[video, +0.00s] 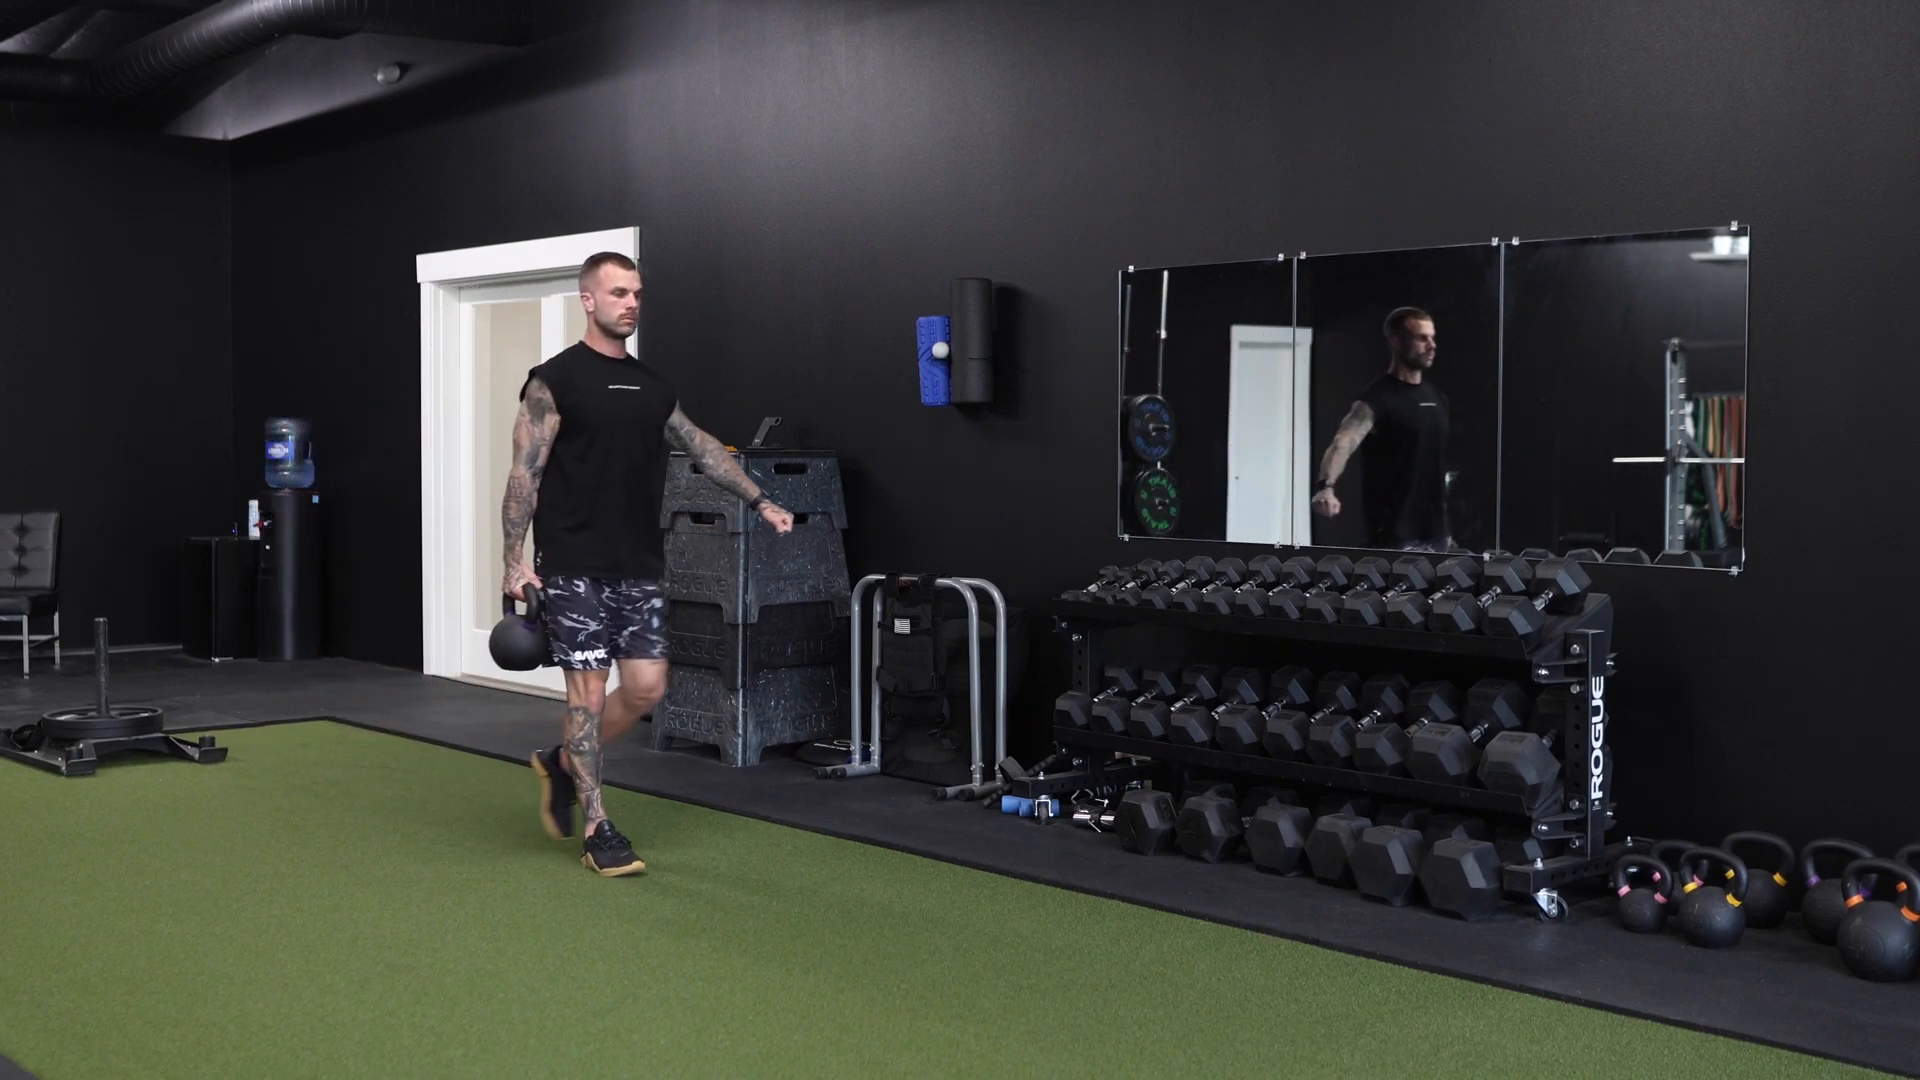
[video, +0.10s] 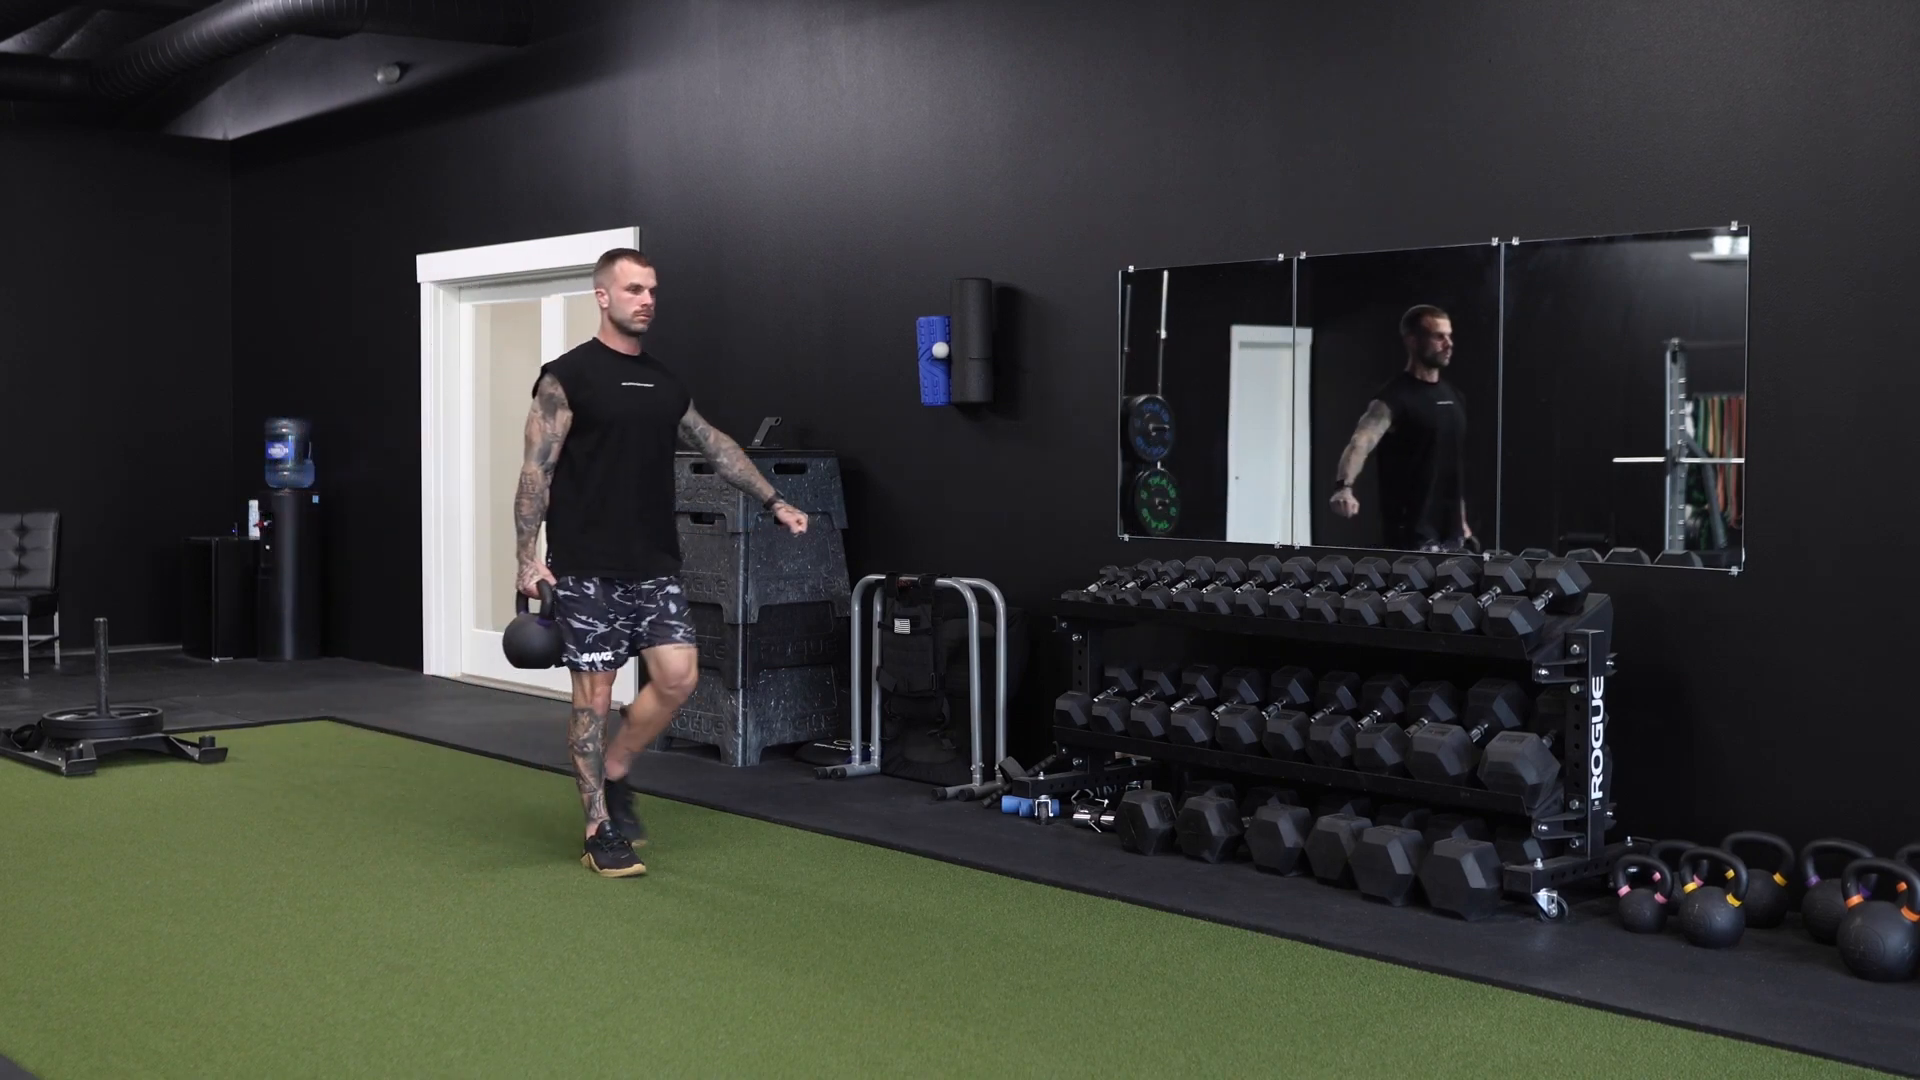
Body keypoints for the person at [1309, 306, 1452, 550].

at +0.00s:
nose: (1431, 345)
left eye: (1433, 338)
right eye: (1421, 338)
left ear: (1435, 340)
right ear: (1395, 342)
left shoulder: (1436, 399)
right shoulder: (1376, 399)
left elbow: (1432, 465)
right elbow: (1343, 444)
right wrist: (1325, 486)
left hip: (1435, 532)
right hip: (1393, 533)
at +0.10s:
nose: (1448, 343)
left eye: (1449, 336)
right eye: (1439, 336)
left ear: (1452, 338)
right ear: (1412, 340)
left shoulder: (1451, 397)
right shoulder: (1394, 397)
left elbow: (1451, 467)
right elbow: (1361, 442)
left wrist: (1460, 522)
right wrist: (1343, 486)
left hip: (1448, 532)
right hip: (1408, 531)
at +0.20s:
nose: (1466, 343)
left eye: (1467, 336)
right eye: (1456, 336)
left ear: (1470, 338)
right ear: (1429, 339)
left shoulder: (1468, 395)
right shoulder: (1412, 396)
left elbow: (1472, 463)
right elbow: (1378, 443)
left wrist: (1479, 516)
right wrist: (1362, 486)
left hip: (1463, 528)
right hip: (1423, 529)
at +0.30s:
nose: (1484, 344)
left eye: (1485, 336)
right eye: (1474, 337)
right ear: (1446, 340)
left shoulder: (1483, 395)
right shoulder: (1430, 398)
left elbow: (1491, 463)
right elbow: (1396, 445)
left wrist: (1502, 514)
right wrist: (1380, 489)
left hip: (1482, 529)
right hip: (1441, 530)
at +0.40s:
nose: (1504, 347)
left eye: (1506, 340)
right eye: (1494, 339)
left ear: (1509, 344)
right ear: (1467, 344)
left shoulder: (1508, 399)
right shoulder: (1450, 401)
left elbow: (1514, 465)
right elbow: (1416, 449)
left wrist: (1522, 519)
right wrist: (1400, 496)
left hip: (1503, 536)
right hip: (1460, 537)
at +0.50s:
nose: (1525, 347)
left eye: (1527, 340)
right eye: (1515, 340)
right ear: (1486, 344)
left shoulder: (1526, 399)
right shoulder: (1472, 402)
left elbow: (1532, 470)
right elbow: (1436, 455)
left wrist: (1542, 521)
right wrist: (1422, 503)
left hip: (1525, 539)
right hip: (1480, 539)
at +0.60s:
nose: (1547, 345)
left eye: (1548, 338)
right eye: (1537, 338)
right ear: (1509, 343)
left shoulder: (1547, 397)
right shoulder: (1493, 400)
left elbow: (1542, 472)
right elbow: (1459, 454)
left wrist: (1558, 524)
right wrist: (1447, 502)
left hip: (1549, 539)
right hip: (1507, 540)